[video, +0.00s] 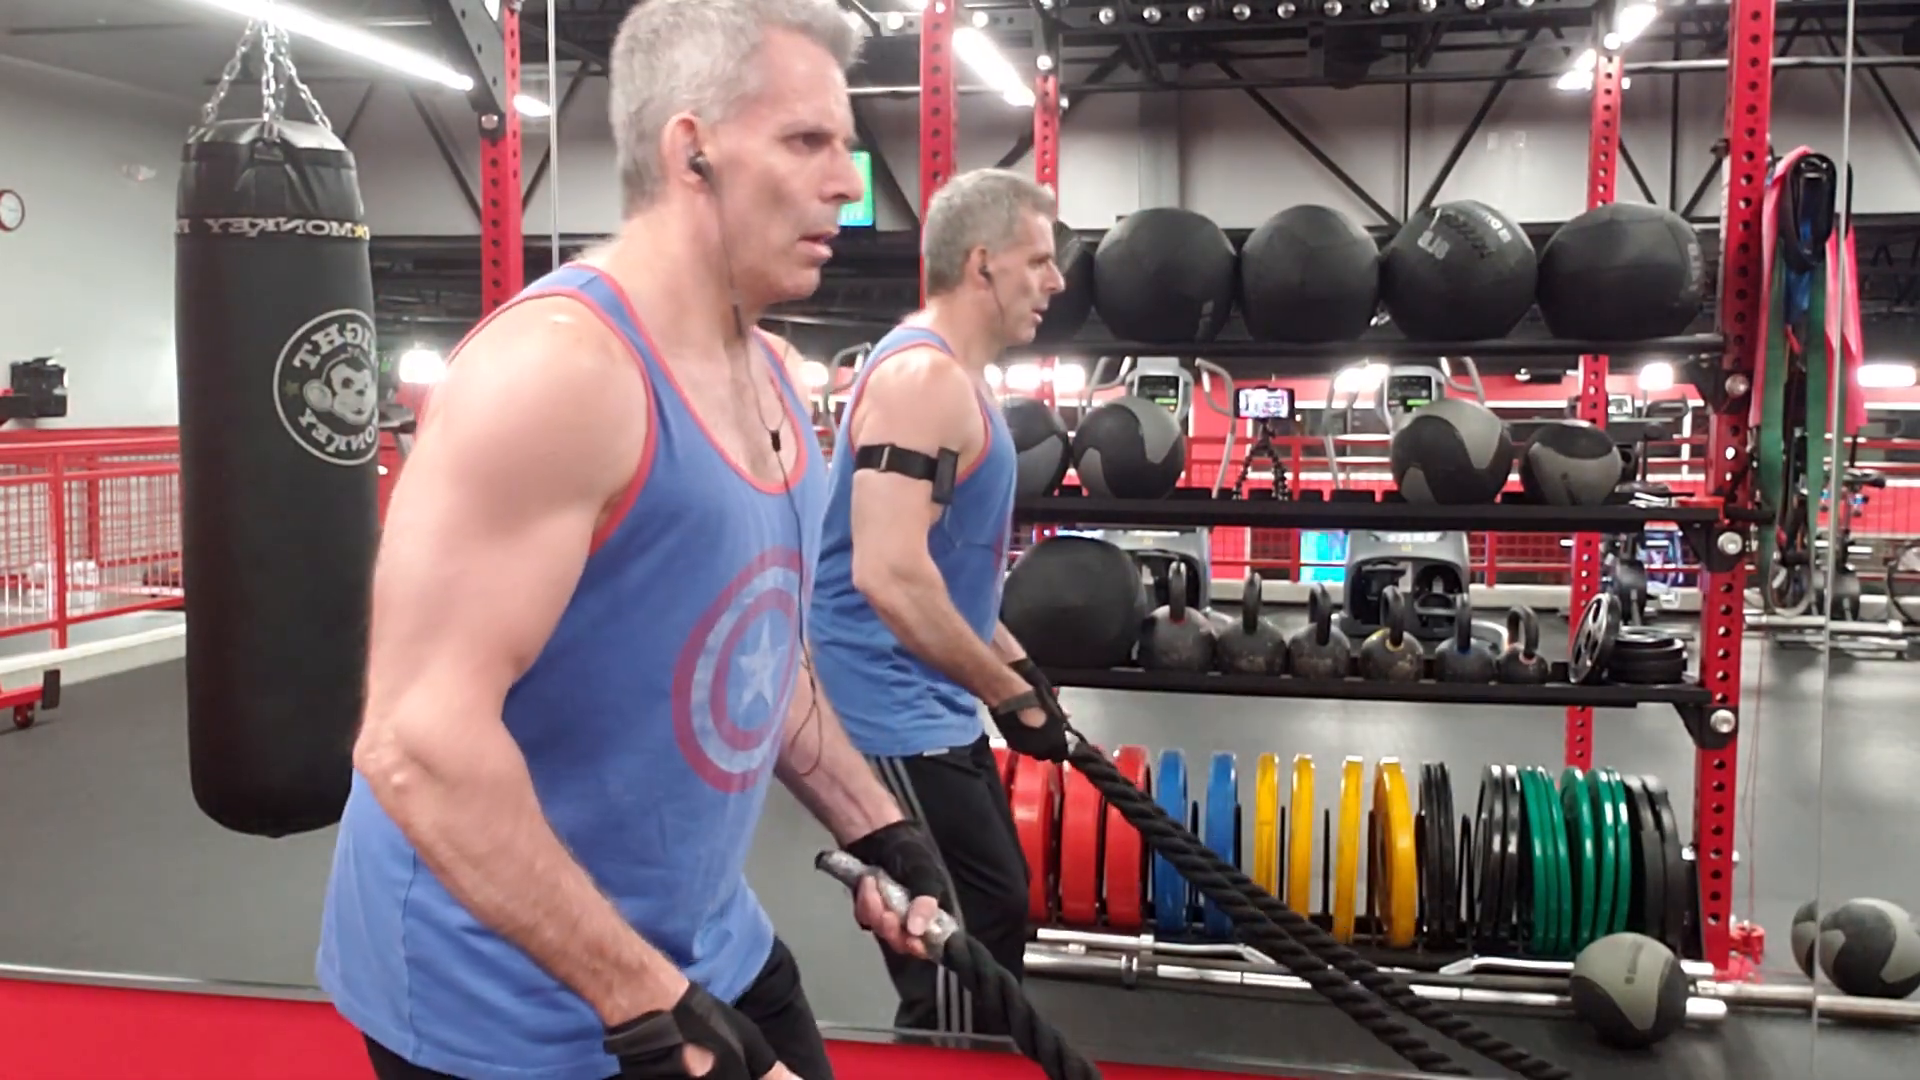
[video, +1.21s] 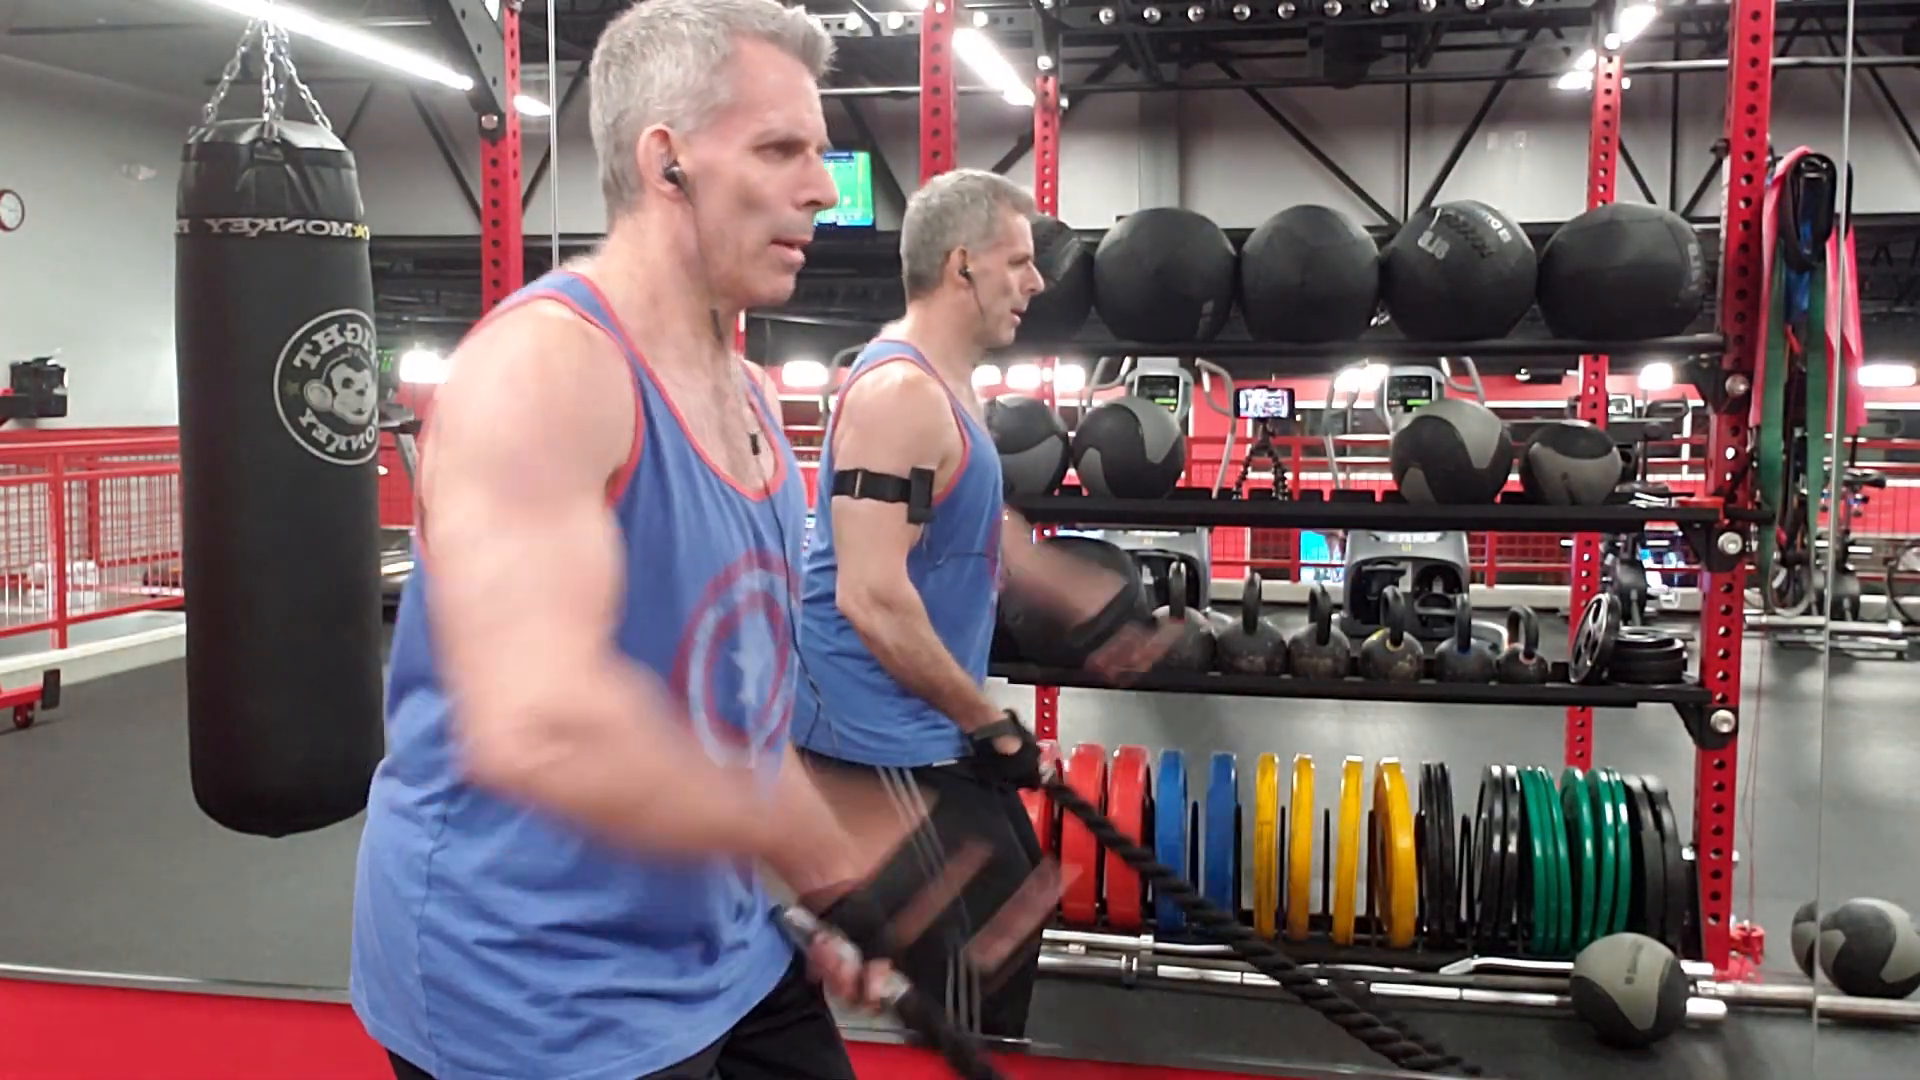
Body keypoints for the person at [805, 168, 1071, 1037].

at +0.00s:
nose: (1055, 284)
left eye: (1055, 263)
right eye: (1040, 261)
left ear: (989, 268)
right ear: (982, 265)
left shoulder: (955, 378)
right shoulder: (923, 377)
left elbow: (948, 571)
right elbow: (889, 574)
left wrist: (1017, 669)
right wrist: (1006, 696)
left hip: (939, 717)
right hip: (894, 725)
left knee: (986, 930)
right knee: (984, 928)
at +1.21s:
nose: (1034, 285)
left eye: (1034, 264)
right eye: (1020, 262)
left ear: (966, 269)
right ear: (963, 267)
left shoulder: (943, 391)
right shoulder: (899, 393)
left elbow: (1000, 543)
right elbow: (871, 594)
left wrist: (1105, 612)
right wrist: (989, 721)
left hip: (924, 743)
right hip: (874, 752)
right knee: (989, 945)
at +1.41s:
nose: (1037, 296)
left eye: (1037, 275)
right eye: (1023, 273)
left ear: (971, 281)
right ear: (965, 277)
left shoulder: (943, 393)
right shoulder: (906, 392)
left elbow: (1000, 540)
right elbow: (884, 585)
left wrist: (1135, 539)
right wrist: (1011, 692)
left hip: (919, 708)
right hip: (871, 714)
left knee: (1012, 911)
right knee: (993, 922)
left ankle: (960, 1058)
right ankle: (952, 1063)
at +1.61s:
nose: (1032, 301)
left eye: (1032, 281)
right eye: (1018, 279)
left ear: (961, 283)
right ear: (955, 280)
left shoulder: (941, 394)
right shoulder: (899, 388)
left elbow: (969, 565)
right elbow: (950, 563)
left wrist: (1076, 574)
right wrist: (1084, 544)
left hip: (930, 716)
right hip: (872, 725)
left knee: (1024, 907)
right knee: (996, 929)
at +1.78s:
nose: (1040, 315)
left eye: (1039, 295)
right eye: (1027, 293)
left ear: (973, 295)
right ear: (970, 292)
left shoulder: (928, 393)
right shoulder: (925, 403)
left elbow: (1015, 538)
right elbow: (932, 601)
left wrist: (1152, 520)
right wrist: (1050, 672)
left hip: (918, 743)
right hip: (906, 752)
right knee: (1003, 946)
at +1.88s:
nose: (1040, 318)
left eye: (1041, 297)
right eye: (1028, 295)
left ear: (967, 295)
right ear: (967, 293)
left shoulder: (947, 394)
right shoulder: (912, 397)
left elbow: (975, 568)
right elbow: (970, 576)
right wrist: (1125, 560)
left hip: (919, 717)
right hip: (865, 728)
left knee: (1023, 907)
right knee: (988, 928)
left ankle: (974, 1062)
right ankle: (955, 1067)